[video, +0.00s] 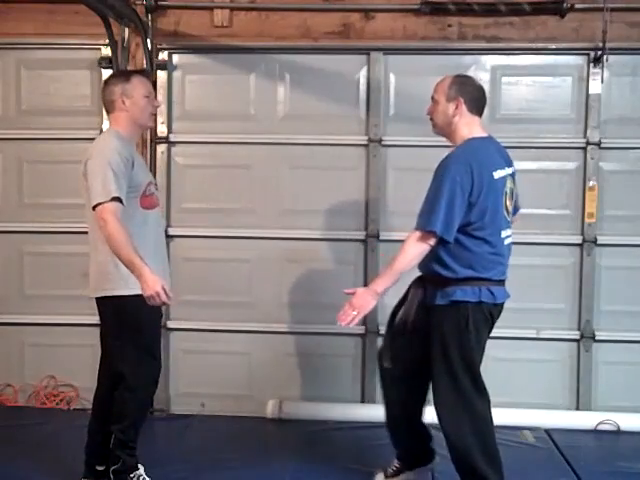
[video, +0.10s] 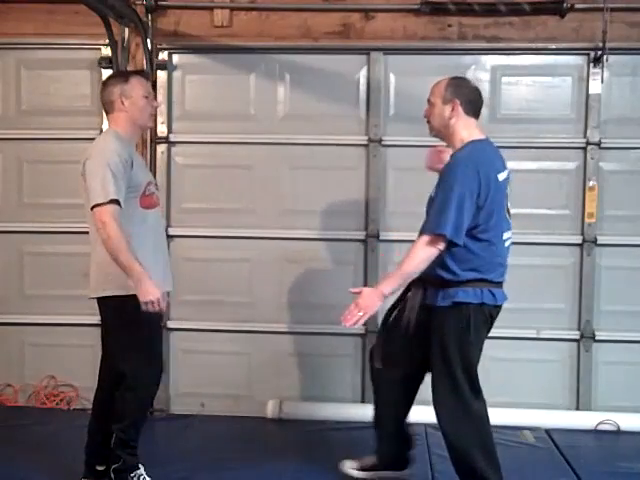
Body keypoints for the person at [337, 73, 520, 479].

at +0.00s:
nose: (429, 110)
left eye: (434, 102)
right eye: (430, 102)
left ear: (457, 107)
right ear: (468, 108)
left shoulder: (459, 162)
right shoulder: (496, 155)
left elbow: (425, 237)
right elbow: (505, 218)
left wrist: (374, 289)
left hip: (462, 297)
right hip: (435, 289)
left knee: (458, 395)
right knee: (397, 362)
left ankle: (484, 474)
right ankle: (413, 458)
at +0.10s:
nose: (425, 113)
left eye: (431, 105)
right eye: (427, 105)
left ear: (454, 109)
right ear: (463, 110)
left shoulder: (466, 164)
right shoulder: (488, 154)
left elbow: (434, 239)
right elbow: (485, 203)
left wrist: (381, 290)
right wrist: (452, 167)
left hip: (463, 297)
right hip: (440, 290)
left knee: (455, 397)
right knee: (390, 361)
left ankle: (483, 476)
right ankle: (391, 458)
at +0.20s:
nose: (420, 115)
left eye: (425, 106)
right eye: (422, 107)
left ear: (448, 111)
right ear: (453, 112)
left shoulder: (468, 164)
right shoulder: (469, 158)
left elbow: (449, 244)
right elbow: (450, 200)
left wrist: (390, 290)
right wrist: (423, 173)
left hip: (459, 299)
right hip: (438, 296)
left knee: (455, 403)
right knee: (393, 379)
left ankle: (484, 477)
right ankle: (357, 461)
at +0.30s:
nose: (412, 117)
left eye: (418, 109)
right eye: (413, 109)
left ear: (442, 113)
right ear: (443, 114)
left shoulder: (469, 167)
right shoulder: (442, 162)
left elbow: (458, 248)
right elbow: (426, 207)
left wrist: (399, 291)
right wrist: (389, 169)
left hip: (453, 303)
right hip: (422, 301)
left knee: (454, 409)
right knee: (383, 389)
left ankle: (484, 476)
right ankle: (338, 464)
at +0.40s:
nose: (402, 120)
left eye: (408, 112)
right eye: (403, 112)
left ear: (432, 117)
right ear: (432, 117)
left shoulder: (467, 172)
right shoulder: (421, 162)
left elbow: (467, 251)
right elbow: (390, 192)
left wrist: (405, 293)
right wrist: (352, 162)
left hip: (444, 306)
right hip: (404, 304)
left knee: (450, 410)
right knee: (370, 393)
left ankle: (482, 477)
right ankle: (331, 471)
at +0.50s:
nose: (389, 120)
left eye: (396, 112)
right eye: (391, 112)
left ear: (421, 118)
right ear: (421, 118)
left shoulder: (456, 172)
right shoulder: (397, 162)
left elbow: (468, 249)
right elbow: (357, 179)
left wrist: (406, 289)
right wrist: (312, 151)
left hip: (434, 307)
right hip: (386, 301)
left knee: (443, 404)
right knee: (352, 389)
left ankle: (480, 479)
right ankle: (329, 470)